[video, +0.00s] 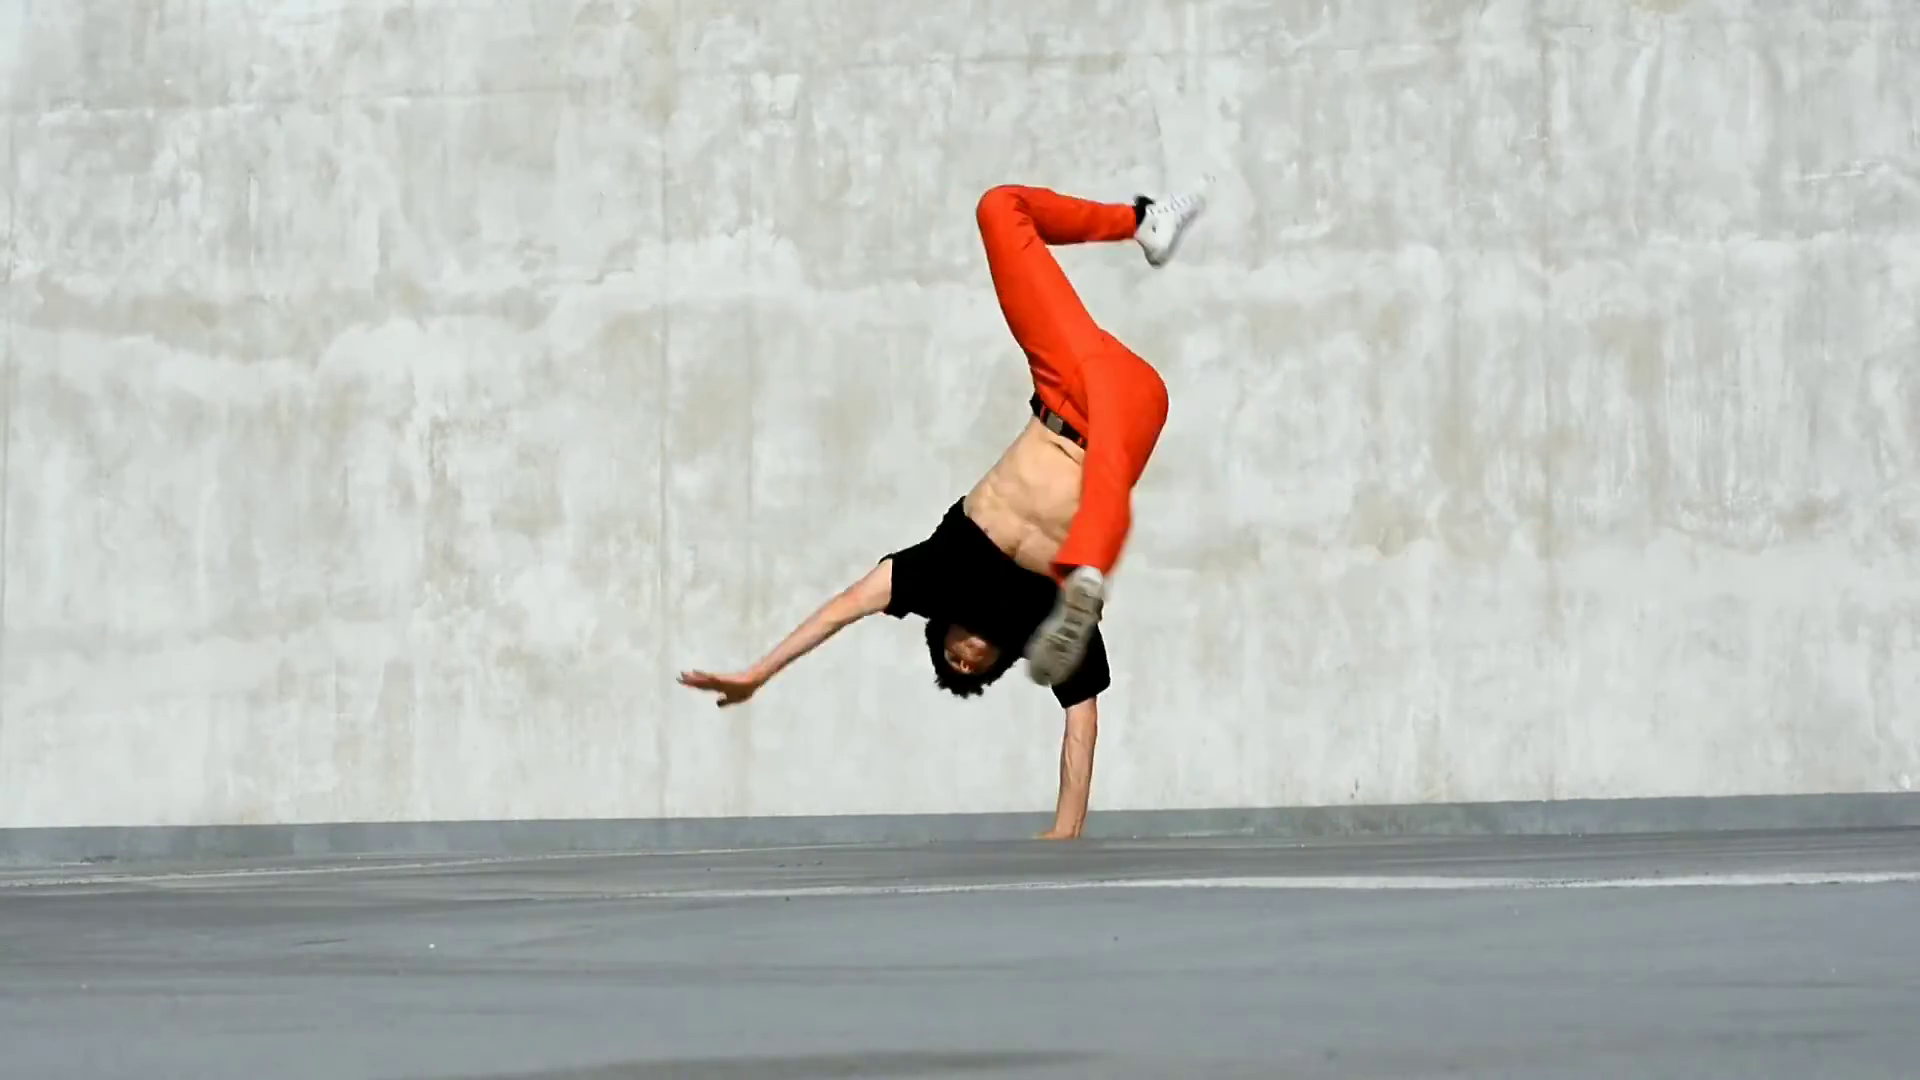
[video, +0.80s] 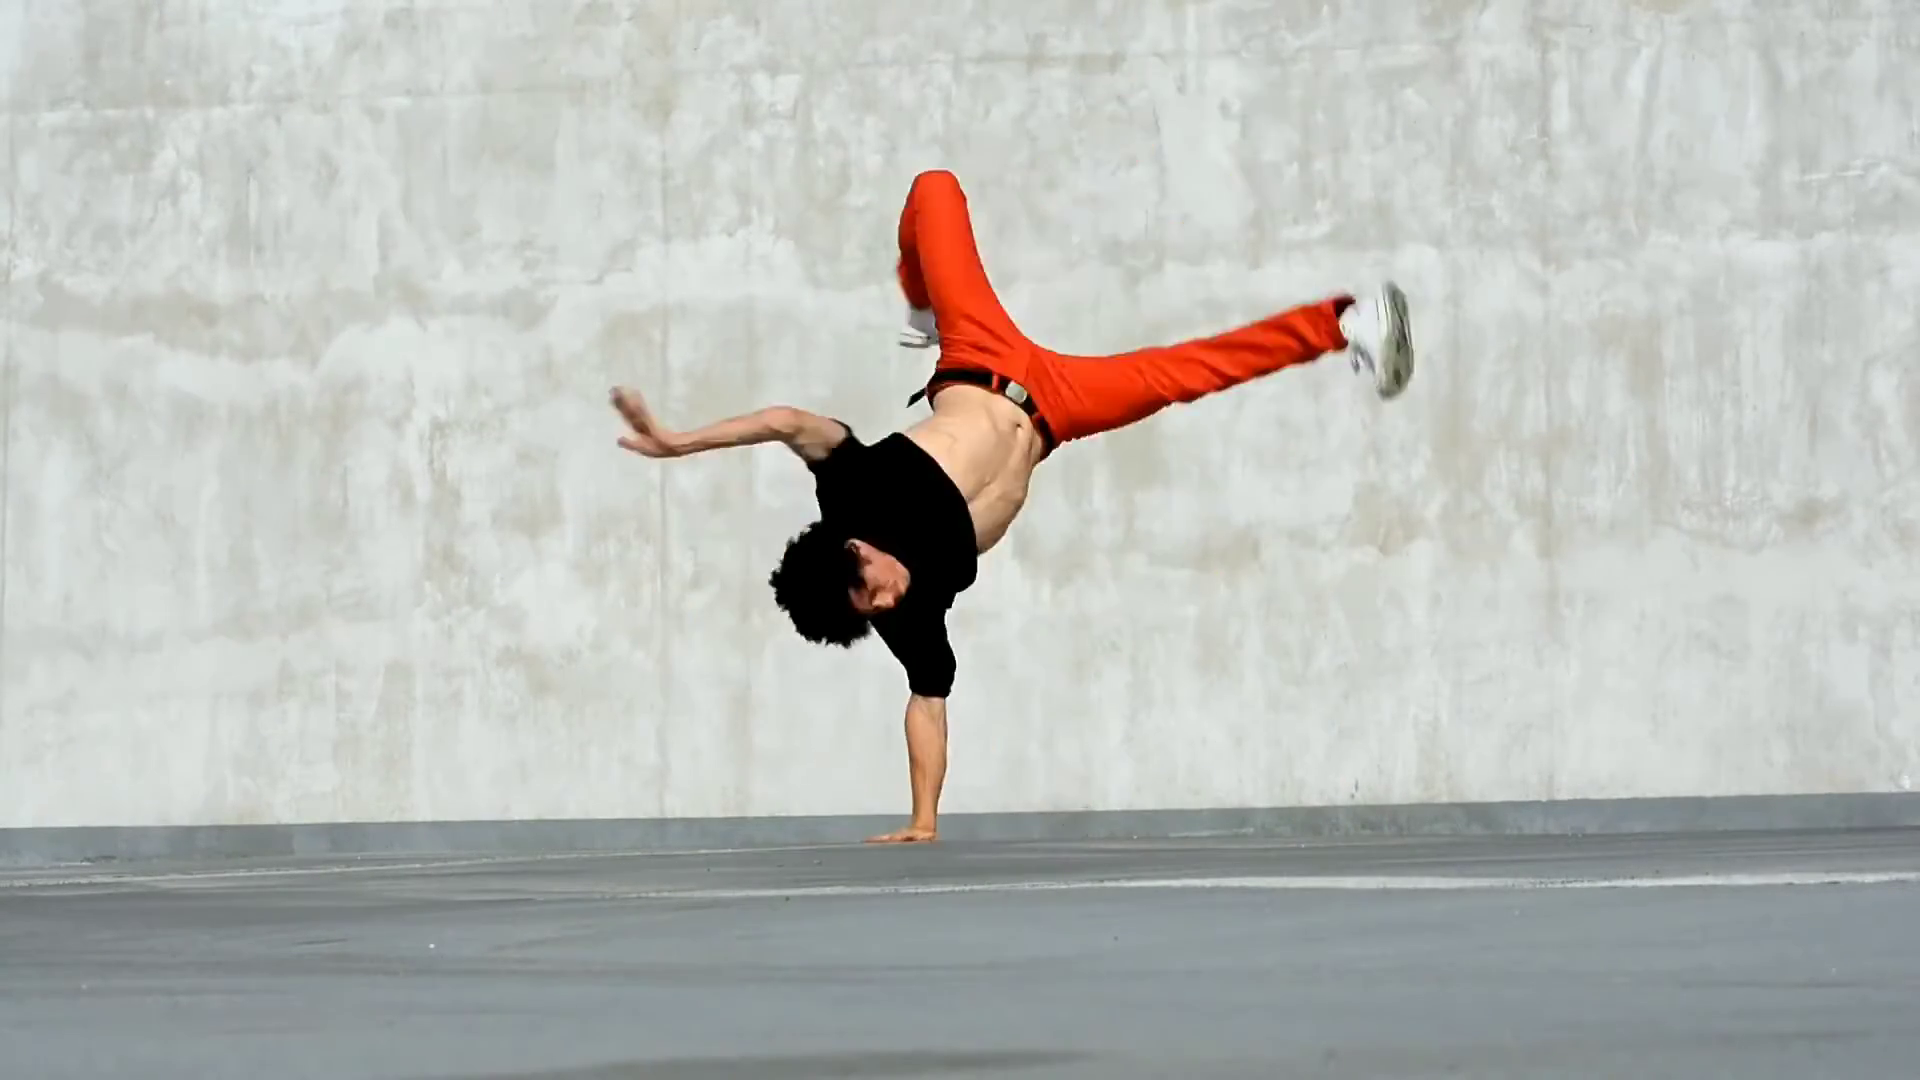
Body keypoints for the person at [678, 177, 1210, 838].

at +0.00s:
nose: (975, 663)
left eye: (963, 664)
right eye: (978, 668)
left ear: (947, 639)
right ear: (990, 656)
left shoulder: (937, 571)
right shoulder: (1058, 628)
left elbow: (845, 610)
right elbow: (1082, 727)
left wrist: (755, 676)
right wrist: (1067, 834)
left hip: (1062, 369)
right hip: (1134, 389)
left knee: (1001, 206)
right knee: (1109, 479)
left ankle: (1141, 222)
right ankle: (1084, 591)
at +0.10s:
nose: (936, 691)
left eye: (925, 688)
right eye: (932, 690)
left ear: (912, 652)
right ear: (952, 663)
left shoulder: (904, 603)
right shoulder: (1043, 642)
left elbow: (868, 675)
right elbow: (1061, 737)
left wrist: (831, 770)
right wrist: (1066, 832)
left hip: (1022, 379)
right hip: (1099, 405)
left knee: (948, 234)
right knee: (1218, 482)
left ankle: (1002, 92)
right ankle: (1378, 558)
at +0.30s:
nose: (874, 694)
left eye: (862, 685)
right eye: (864, 692)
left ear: (859, 652)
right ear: (882, 655)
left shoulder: (894, 606)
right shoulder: (971, 631)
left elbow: (899, 707)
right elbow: (1020, 716)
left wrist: (880, 826)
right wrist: (1060, 816)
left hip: (968, 376)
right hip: (1010, 375)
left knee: (1044, 441)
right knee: (1138, 366)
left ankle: (1132, 515)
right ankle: (1154, 209)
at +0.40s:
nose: (871, 681)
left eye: (855, 677)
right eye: (857, 678)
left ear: (854, 648)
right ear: (850, 634)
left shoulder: (911, 605)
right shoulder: (918, 587)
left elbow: (906, 715)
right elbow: (957, 648)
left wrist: (881, 825)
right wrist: (971, 732)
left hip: (993, 391)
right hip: (951, 362)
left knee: (1111, 526)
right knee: (1008, 316)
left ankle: (1261, 657)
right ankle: (946, 239)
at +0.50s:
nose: (807, 668)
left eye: (800, 667)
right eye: (788, 656)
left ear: (831, 650)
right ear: (796, 608)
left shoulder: (907, 626)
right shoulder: (817, 527)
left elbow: (905, 722)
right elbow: (745, 495)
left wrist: (883, 827)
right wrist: (729, 599)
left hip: (1043, 411)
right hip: (971, 368)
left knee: (1153, 458)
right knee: (934, 217)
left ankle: (1277, 488)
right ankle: (1002, 231)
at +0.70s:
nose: (822, 538)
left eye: (804, 540)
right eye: (823, 556)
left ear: (790, 526)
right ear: (837, 566)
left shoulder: (795, 483)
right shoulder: (911, 552)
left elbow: (695, 520)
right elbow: (959, 644)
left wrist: (657, 620)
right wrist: (900, 750)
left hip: (980, 362)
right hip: (1032, 394)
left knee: (1003, 216)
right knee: (1154, 272)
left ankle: (1145, 252)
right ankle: (1279, 149)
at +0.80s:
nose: (882, 596)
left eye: (865, 584)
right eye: (870, 608)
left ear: (850, 549)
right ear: (860, 613)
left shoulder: (854, 489)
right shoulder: (922, 620)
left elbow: (791, 424)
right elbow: (927, 714)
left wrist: (680, 444)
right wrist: (922, 825)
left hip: (978, 362)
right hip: (1048, 409)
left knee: (932, 185)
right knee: (1192, 366)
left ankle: (918, 311)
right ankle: (1345, 322)